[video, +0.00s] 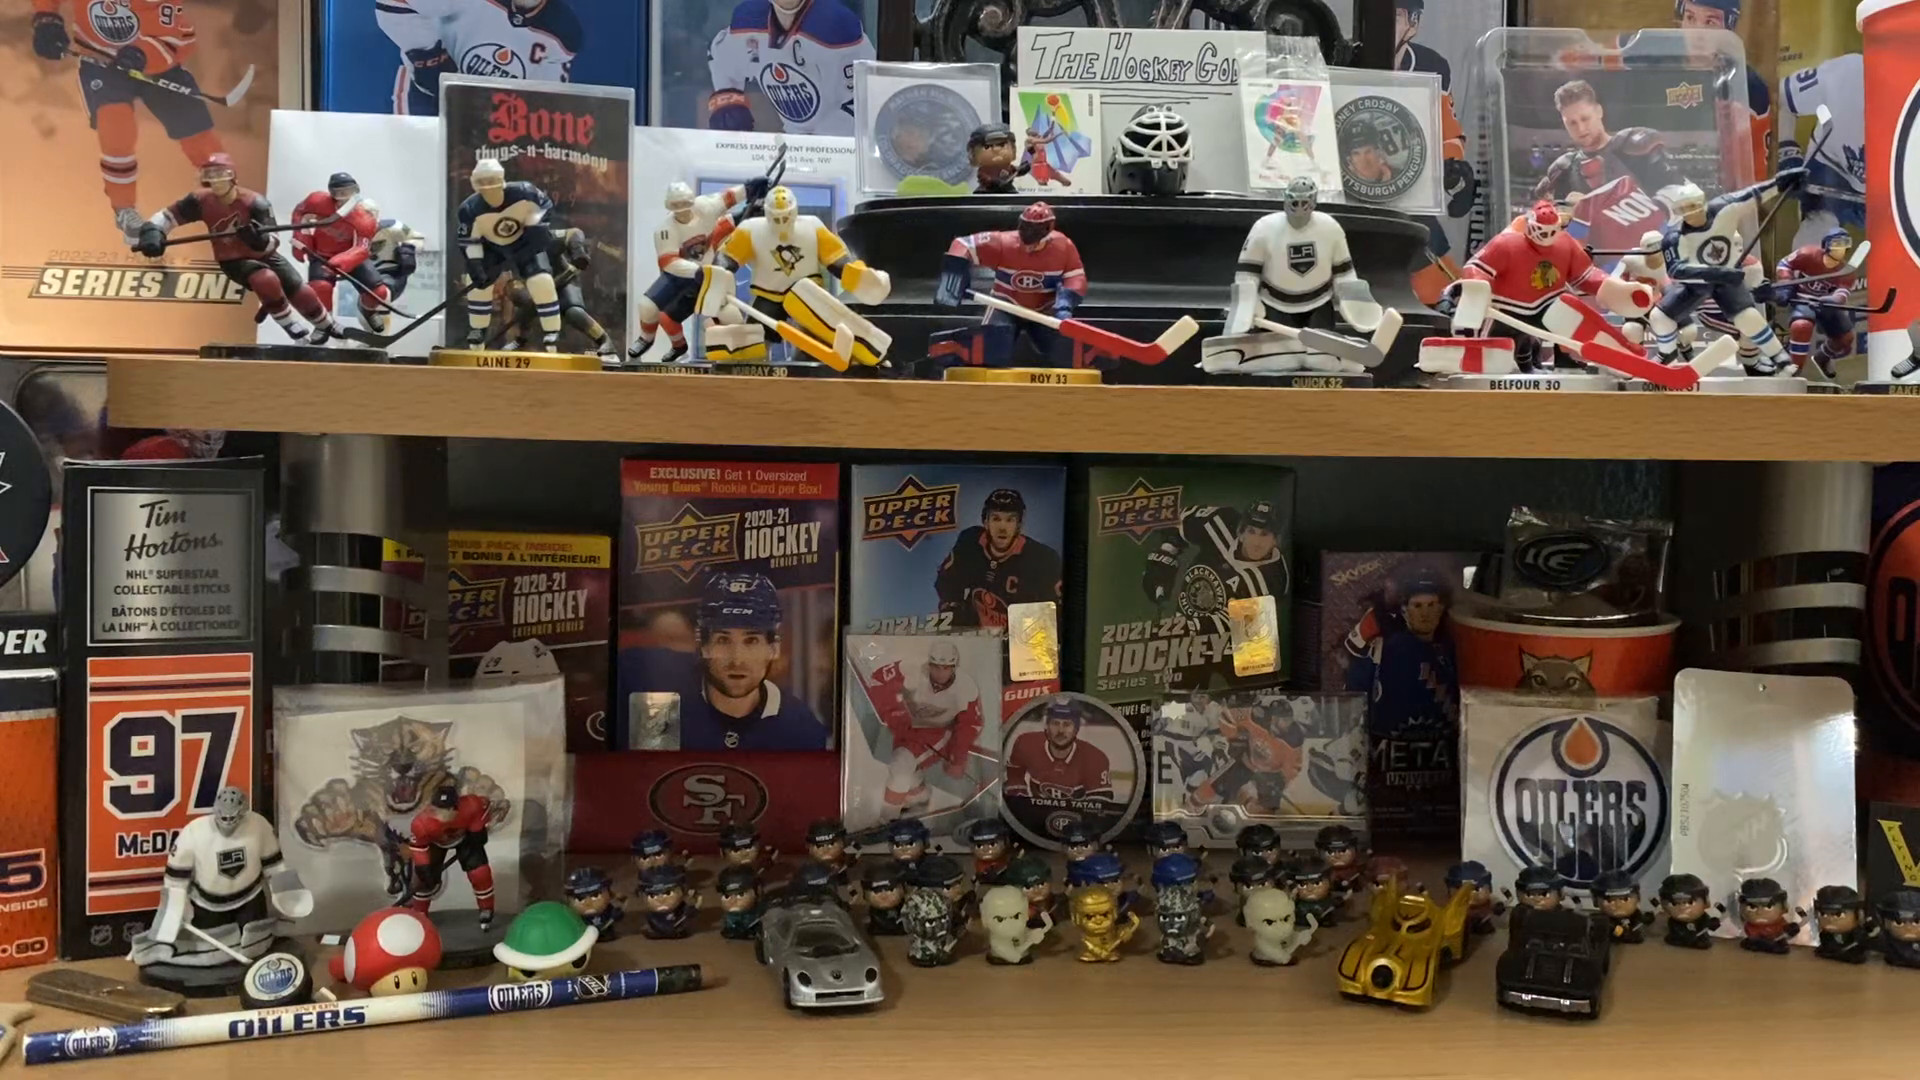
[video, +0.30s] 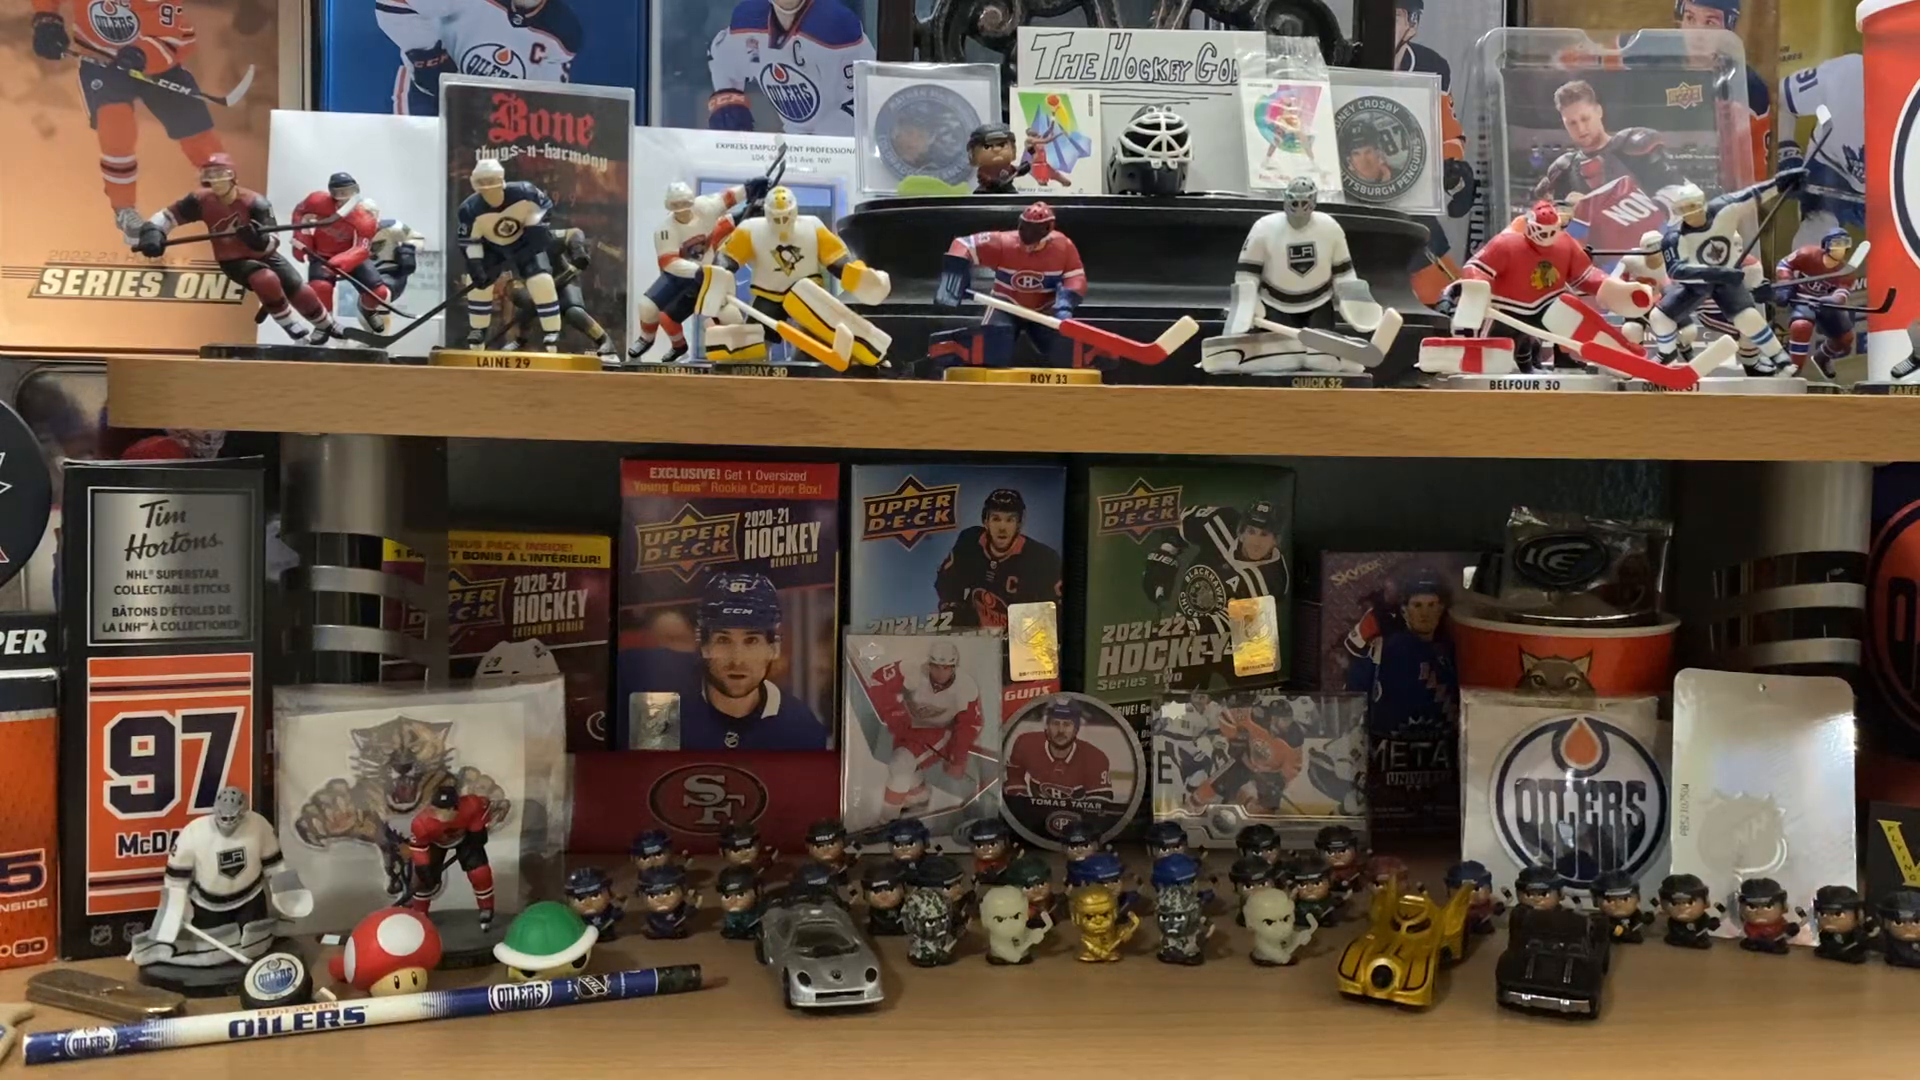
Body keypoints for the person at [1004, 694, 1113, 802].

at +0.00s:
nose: (1060, 730)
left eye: (1067, 724)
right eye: (1055, 724)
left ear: (1076, 729)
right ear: (1047, 726)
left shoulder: (1095, 758)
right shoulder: (1025, 744)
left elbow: (1099, 802)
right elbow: (1014, 780)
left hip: (1075, 817)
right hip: (1033, 813)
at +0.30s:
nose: (1060, 730)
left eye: (1067, 724)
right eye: (1055, 724)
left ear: (1076, 729)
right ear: (1047, 726)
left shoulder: (1095, 758)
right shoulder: (1026, 744)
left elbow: (1100, 801)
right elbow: (1014, 778)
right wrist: (1023, 806)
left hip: (1075, 818)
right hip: (1034, 813)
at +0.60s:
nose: (1060, 730)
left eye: (1067, 724)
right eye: (1055, 724)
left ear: (1076, 729)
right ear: (1046, 727)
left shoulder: (1095, 758)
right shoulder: (1025, 744)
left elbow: (1100, 801)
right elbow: (1014, 777)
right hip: (1034, 813)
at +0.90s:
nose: (1060, 730)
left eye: (1066, 724)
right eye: (1055, 724)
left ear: (1076, 729)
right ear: (1046, 727)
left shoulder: (1095, 758)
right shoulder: (1025, 744)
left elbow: (1100, 801)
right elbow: (1014, 777)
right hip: (1034, 813)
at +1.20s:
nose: (1060, 730)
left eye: (1066, 724)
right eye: (1055, 724)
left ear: (1076, 729)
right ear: (1046, 726)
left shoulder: (1095, 758)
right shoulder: (1025, 744)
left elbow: (1099, 803)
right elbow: (1014, 779)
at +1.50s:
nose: (1060, 730)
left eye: (1067, 724)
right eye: (1055, 724)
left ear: (1076, 729)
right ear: (1047, 726)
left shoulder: (1095, 758)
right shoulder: (1025, 744)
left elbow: (1099, 801)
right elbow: (1014, 778)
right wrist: (1023, 807)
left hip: (1075, 817)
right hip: (1034, 812)